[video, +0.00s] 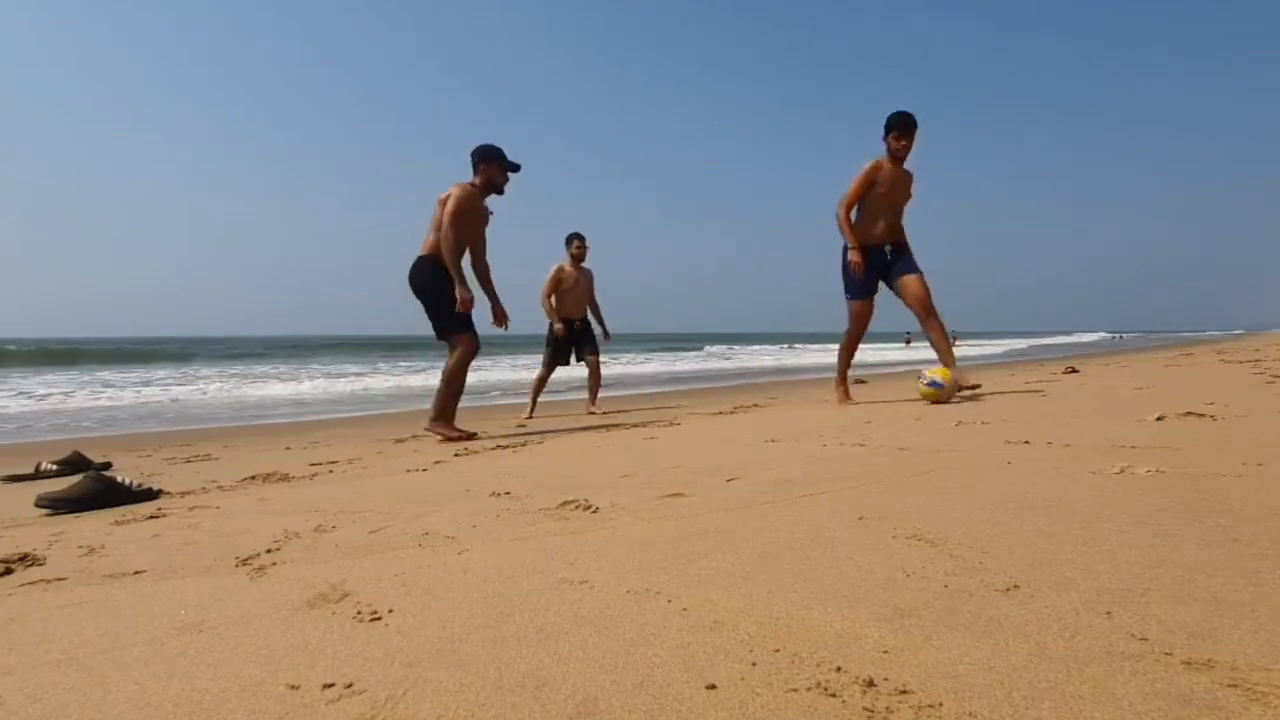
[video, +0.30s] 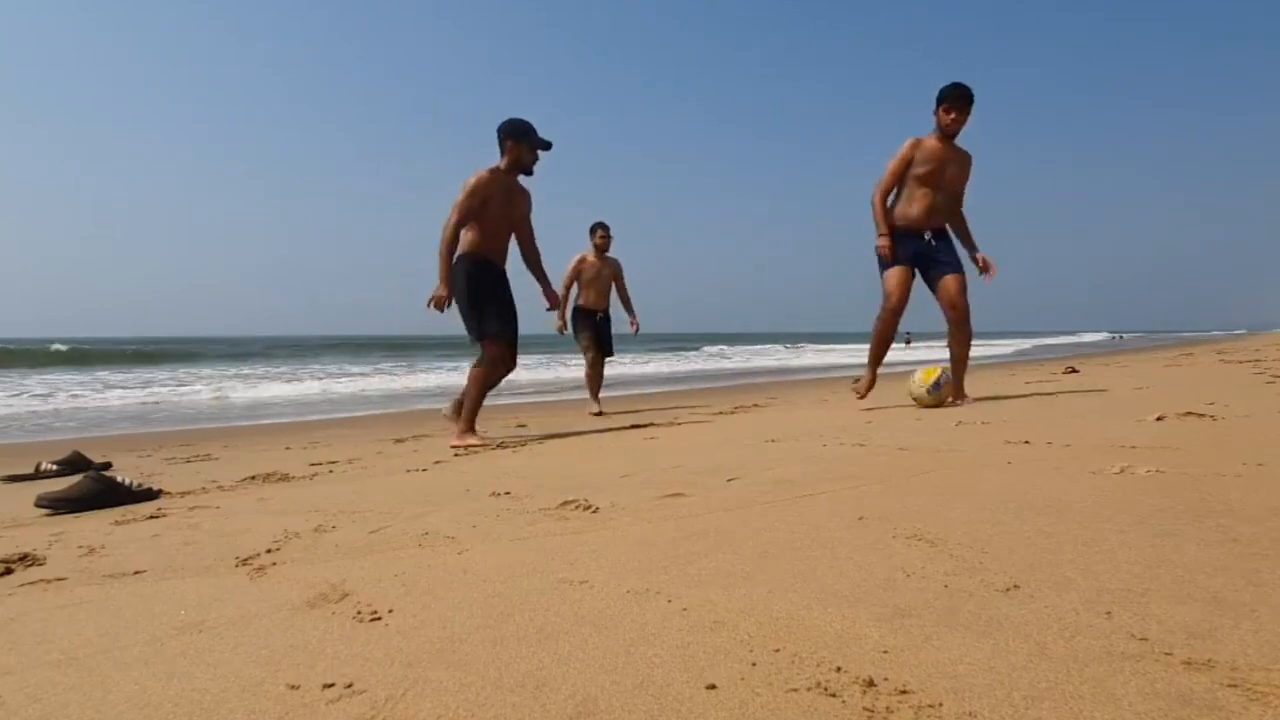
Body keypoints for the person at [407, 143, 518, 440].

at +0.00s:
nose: (507, 177)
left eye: (507, 171)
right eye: (503, 170)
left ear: (486, 171)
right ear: (483, 169)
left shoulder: (481, 212)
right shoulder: (463, 193)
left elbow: (479, 260)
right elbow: (446, 235)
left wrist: (495, 302)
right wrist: (460, 283)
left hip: (444, 275)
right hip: (431, 271)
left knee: (465, 346)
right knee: (466, 344)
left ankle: (446, 420)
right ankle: (439, 419)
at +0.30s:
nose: (537, 156)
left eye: (538, 149)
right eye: (532, 148)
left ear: (517, 148)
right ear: (511, 145)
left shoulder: (521, 196)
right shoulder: (484, 182)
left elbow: (528, 246)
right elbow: (452, 227)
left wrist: (545, 286)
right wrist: (444, 282)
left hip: (496, 273)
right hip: (471, 270)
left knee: (507, 360)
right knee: (492, 351)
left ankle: (458, 408)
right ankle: (465, 430)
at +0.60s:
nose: (589, 138)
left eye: (589, 131)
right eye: (584, 130)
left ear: (568, 132)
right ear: (563, 130)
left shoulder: (571, 177)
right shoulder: (542, 167)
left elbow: (579, 229)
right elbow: (532, 221)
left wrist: (596, 254)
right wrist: (562, 262)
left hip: (557, 266)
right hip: (531, 262)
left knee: (580, 340)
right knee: (535, 348)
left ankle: (554, 422)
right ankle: (478, 417)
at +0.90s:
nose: (666, 133)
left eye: (668, 126)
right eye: (662, 125)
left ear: (642, 124)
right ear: (640, 122)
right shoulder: (626, 153)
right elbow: (636, 206)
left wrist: (662, 267)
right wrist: (674, 248)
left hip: (627, 253)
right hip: (608, 251)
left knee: (676, 321)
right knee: (617, 337)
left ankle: (684, 407)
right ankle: (581, 421)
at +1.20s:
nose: (727, 155)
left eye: (729, 149)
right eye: (724, 147)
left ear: (707, 144)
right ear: (704, 141)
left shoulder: (706, 185)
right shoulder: (681, 176)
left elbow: (717, 234)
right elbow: (669, 226)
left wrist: (751, 265)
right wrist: (698, 262)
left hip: (710, 264)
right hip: (688, 265)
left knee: (766, 326)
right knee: (746, 295)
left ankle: (736, 407)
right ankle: (788, 385)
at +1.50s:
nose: (765, 152)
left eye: (765, 146)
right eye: (763, 145)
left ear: (737, 140)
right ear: (753, 142)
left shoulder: (711, 170)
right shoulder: (746, 175)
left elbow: (710, 232)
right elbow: (749, 229)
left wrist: (752, 250)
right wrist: (782, 271)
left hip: (678, 260)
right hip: (710, 255)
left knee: (727, 323)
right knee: (756, 329)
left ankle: (718, 398)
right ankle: (785, 404)